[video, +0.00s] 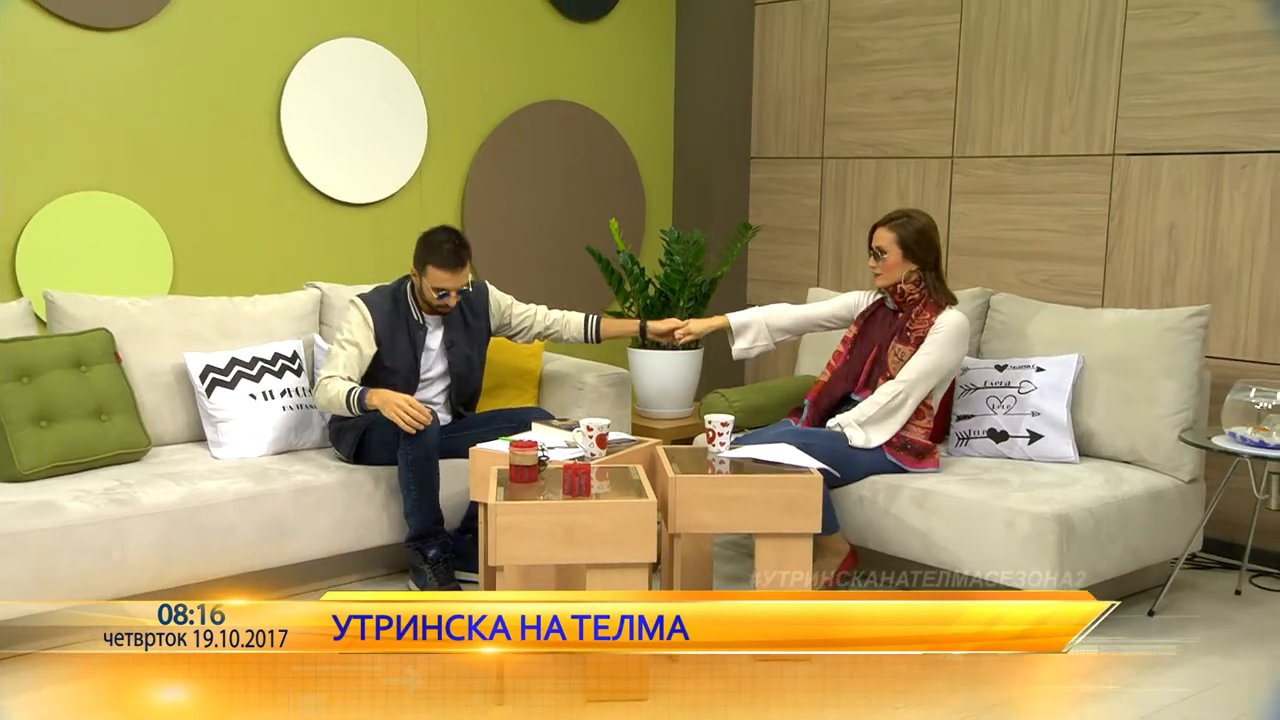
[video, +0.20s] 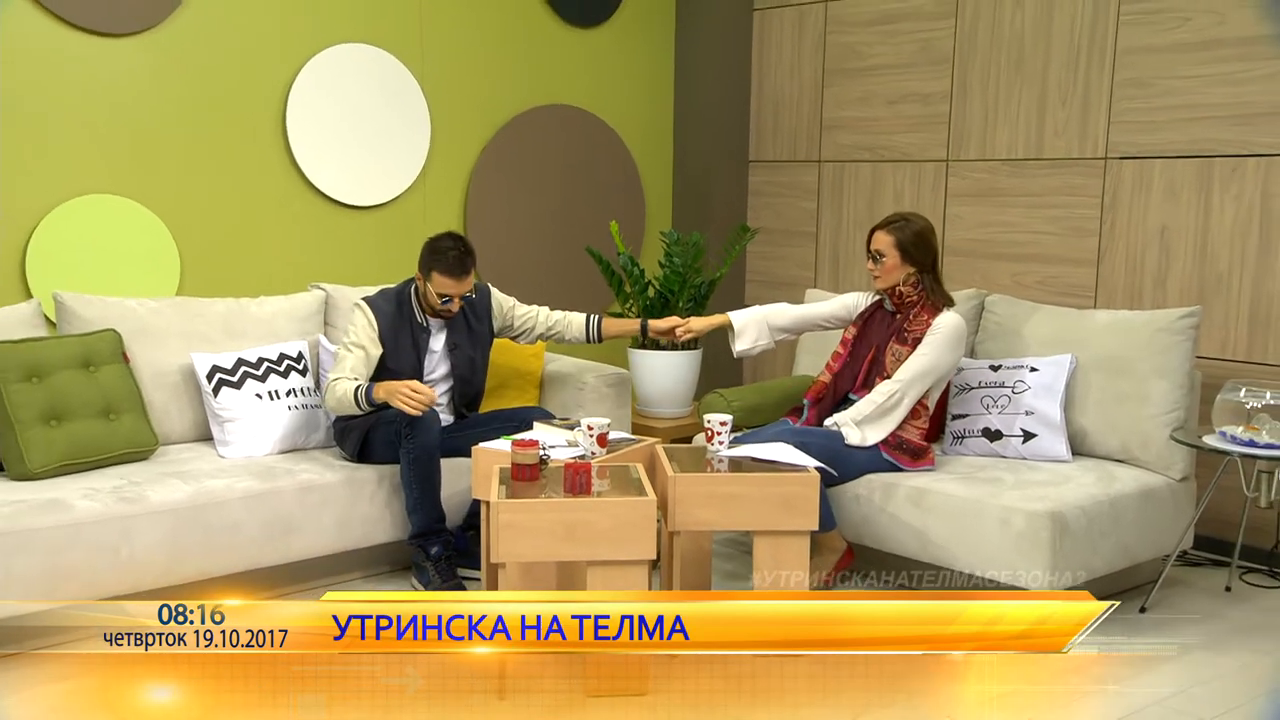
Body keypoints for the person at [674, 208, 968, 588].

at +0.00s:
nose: (871, 263)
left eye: (880, 254)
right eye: (872, 254)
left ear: (914, 259)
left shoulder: (949, 323)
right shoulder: (871, 304)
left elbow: (904, 389)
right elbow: (797, 315)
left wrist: (836, 430)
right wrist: (714, 323)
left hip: (898, 447)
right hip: (843, 426)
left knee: (787, 445)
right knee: (743, 446)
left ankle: (836, 551)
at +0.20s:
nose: (869, 266)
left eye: (879, 258)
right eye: (870, 257)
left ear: (912, 262)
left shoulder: (946, 325)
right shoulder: (868, 305)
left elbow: (900, 389)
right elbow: (796, 316)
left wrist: (832, 428)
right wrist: (714, 321)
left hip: (893, 444)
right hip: (840, 422)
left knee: (787, 445)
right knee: (742, 446)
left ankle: (832, 548)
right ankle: (786, 548)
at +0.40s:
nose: (866, 268)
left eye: (876, 259)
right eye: (867, 258)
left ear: (909, 265)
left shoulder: (942, 326)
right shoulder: (865, 306)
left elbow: (896, 388)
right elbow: (793, 317)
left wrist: (829, 427)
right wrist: (714, 321)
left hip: (889, 441)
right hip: (838, 421)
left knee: (783, 445)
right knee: (745, 445)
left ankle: (829, 546)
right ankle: (786, 545)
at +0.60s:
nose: (863, 269)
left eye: (873, 261)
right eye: (864, 260)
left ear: (905, 266)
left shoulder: (938, 326)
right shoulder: (863, 306)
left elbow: (892, 387)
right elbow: (792, 317)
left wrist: (826, 427)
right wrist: (714, 322)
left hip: (884, 439)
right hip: (835, 420)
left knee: (778, 445)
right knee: (742, 444)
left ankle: (826, 542)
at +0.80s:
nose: (861, 271)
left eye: (870, 262)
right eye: (861, 261)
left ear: (902, 267)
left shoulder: (934, 327)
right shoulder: (860, 307)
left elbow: (889, 387)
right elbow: (790, 318)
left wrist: (826, 424)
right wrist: (713, 322)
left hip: (881, 439)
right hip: (833, 420)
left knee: (779, 442)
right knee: (742, 443)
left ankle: (822, 538)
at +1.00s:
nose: (859, 271)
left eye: (868, 263)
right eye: (859, 262)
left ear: (899, 267)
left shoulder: (930, 327)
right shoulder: (856, 308)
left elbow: (885, 387)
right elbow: (787, 318)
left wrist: (822, 423)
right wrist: (711, 323)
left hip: (878, 439)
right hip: (828, 419)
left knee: (777, 437)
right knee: (741, 441)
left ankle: (820, 535)